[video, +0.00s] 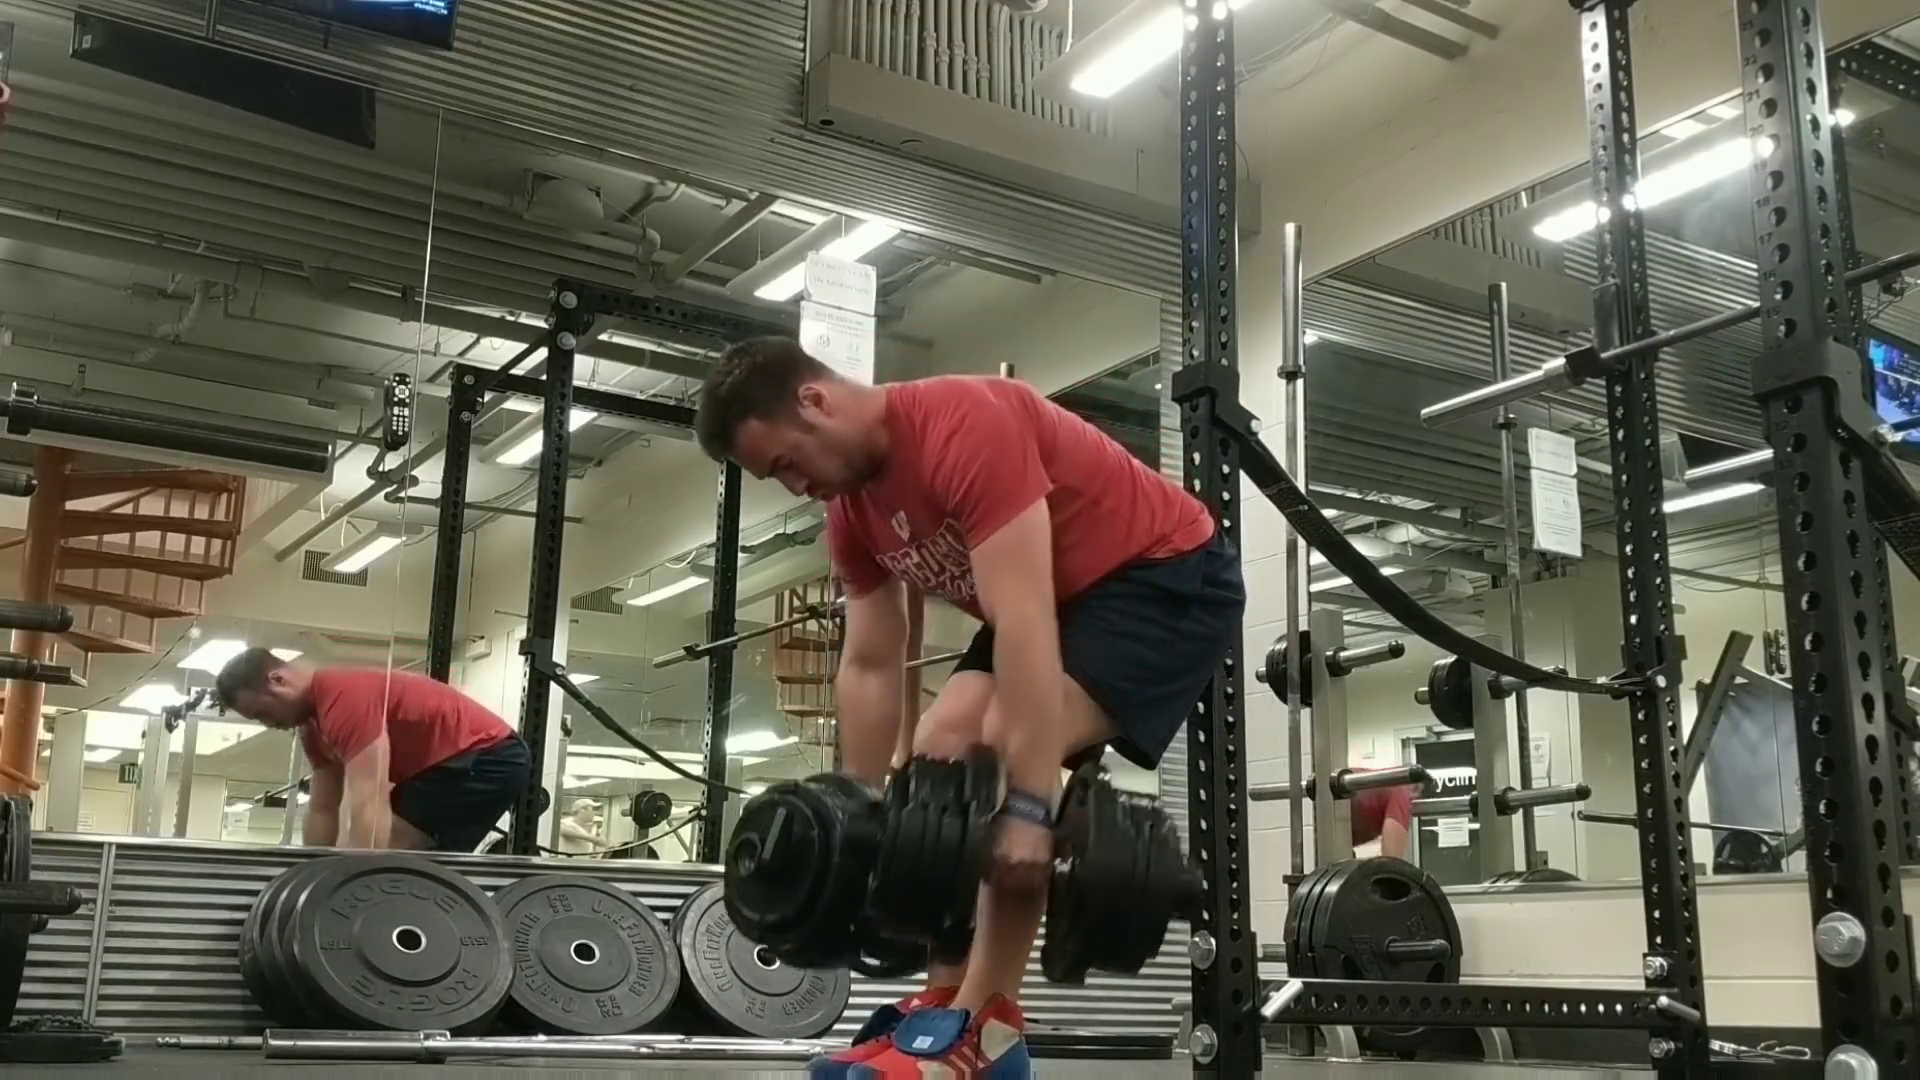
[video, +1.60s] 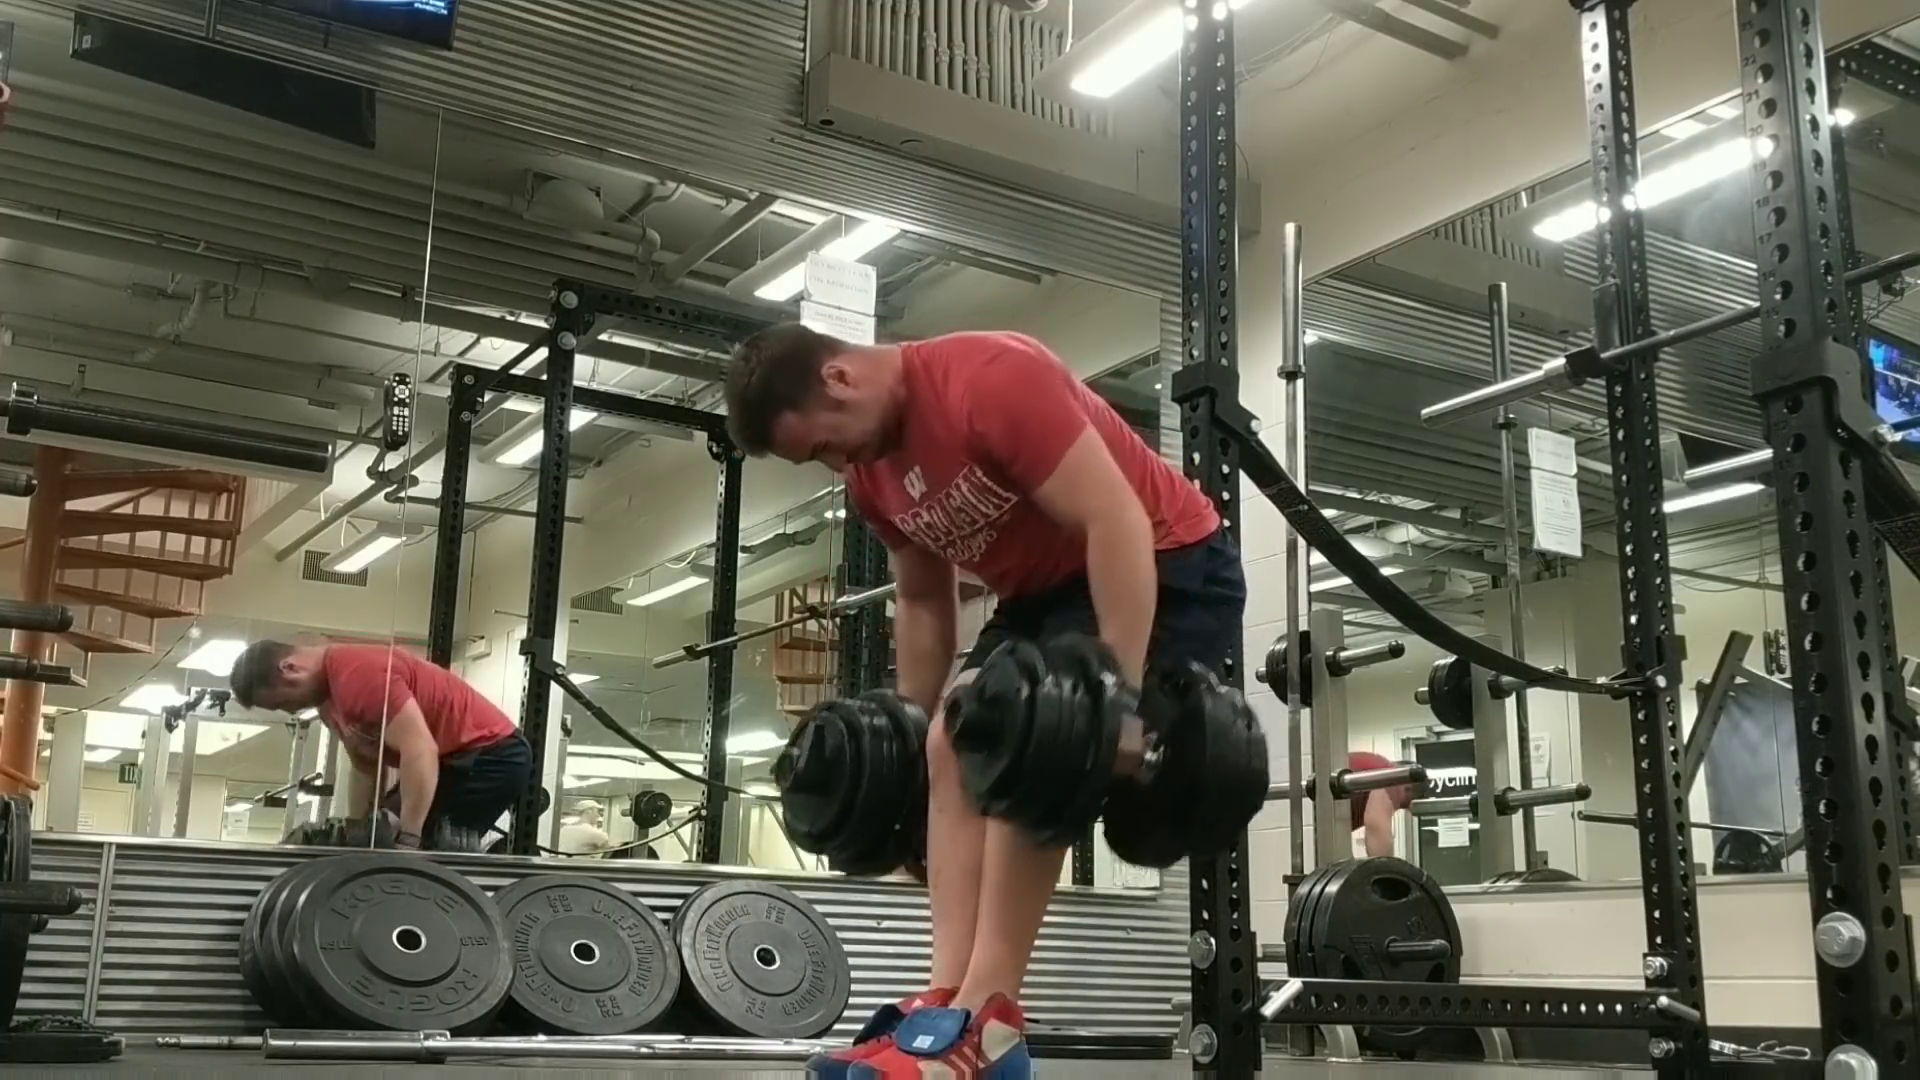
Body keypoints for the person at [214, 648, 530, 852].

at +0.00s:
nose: (268, 725)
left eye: (261, 714)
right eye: (258, 720)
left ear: (277, 681)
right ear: (278, 681)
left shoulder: (346, 696)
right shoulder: (314, 725)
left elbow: (366, 813)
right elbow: (323, 811)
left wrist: (342, 901)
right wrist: (304, 890)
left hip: (488, 758)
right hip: (453, 768)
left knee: (382, 848)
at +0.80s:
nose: (269, 714)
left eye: (264, 702)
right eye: (261, 708)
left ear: (285, 670)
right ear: (285, 672)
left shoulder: (346, 688)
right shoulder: (319, 719)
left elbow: (391, 779)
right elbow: (338, 793)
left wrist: (365, 871)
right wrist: (317, 868)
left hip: (486, 759)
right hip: (453, 766)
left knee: (393, 857)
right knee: (395, 861)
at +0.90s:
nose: (282, 706)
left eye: (276, 696)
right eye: (273, 702)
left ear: (290, 662)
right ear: (291, 663)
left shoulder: (352, 675)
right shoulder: (326, 705)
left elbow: (409, 761)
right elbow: (352, 776)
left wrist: (385, 856)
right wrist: (336, 848)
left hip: (490, 756)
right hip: (455, 761)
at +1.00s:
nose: (292, 701)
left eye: (285, 692)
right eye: (283, 697)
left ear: (296, 657)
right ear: (296, 657)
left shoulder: (357, 665)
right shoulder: (332, 691)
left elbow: (426, 740)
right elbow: (365, 759)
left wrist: (406, 829)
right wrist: (347, 831)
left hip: (489, 757)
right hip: (453, 760)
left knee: (422, 862)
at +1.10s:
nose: (303, 701)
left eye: (295, 692)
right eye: (293, 698)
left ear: (300, 657)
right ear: (301, 655)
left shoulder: (364, 661)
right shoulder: (338, 687)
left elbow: (439, 724)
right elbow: (379, 744)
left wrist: (420, 811)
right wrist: (363, 810)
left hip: (490, 756)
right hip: (454, 758)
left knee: (436, 868)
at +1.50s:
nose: (303, 708)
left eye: (293, 702)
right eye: (292, 707)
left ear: (293, 670)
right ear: (294, 667)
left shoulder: (358, 672)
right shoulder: (338, 686)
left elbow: (435, 736)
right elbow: (382, 751)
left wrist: (423, 826)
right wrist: (362, 816)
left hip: (492, 757)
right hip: (457, 759)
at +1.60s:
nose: (294, 711)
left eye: (285, 703)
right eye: (284, 709)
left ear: (290, 670)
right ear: (291, 669)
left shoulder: (357, 675)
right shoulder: (329, 697)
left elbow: (421, 751)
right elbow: (366, 765)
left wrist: (408, 839)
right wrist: (355, 833)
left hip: (491, 757)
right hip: (450, 761)